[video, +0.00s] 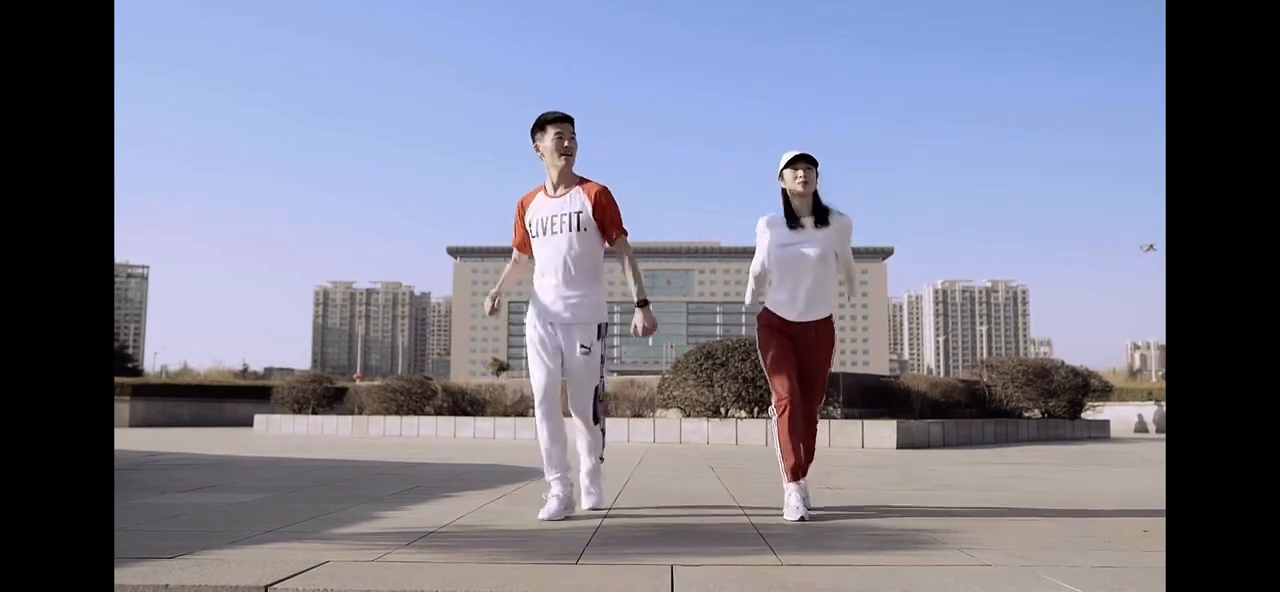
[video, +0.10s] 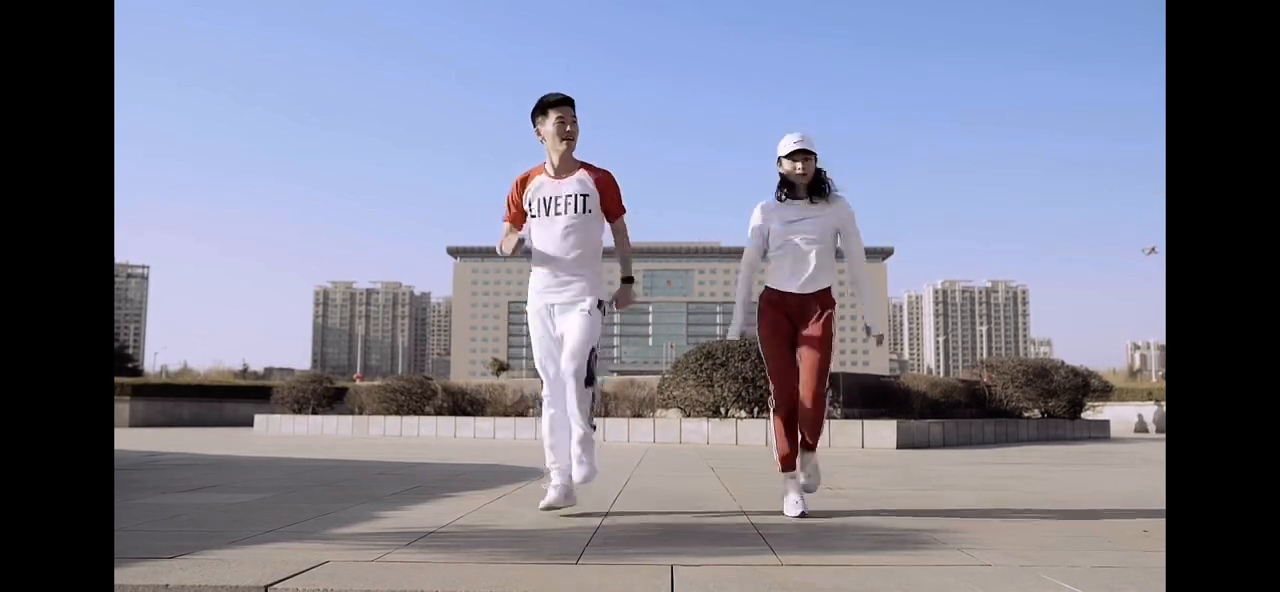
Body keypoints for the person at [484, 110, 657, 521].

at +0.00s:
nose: (567, 141)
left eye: (570, 136)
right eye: (557, 136)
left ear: (576, 145)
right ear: (538, 147)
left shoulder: (596, 194)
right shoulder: (528, 203)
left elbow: (624, 251)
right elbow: (521, 259)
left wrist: (642, 304)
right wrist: (498, 289)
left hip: (586, 318)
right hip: (541, 317)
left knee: (585, 407)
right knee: (544, 404)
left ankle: (591, 482)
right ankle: (558, 490)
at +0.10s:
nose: (568, 126)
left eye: (572, 120)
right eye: (559, 121)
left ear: (578, 129)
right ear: (540, 130)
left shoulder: (599, 179)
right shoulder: (524, 184)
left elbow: (620, 231)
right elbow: (507, 243)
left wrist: (627, 281)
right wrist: (515, 237)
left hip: (585, 295)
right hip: (542, 298)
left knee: (574, 369)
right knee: (553, 387)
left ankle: (583, 443)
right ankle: (559, 481)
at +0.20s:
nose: (574, 136)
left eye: (576, 130)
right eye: (564, 130)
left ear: (582, 139)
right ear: (544, 140)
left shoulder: (600, 190)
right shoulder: (524, 193)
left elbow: (609, 227)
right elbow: (482, 245)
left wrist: (621, 267)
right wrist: (508, 214)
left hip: (589, 291)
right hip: (545, 295)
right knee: (551, 397)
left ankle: (571, 398)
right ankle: (562, 484)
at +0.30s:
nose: (574, 135)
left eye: (576, 128)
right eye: (565, 129)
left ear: (580, 137)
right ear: (543, 139)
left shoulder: (598, 188)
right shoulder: (521, 191)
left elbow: (607, 228)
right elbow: (478, 240)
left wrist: (623, 266)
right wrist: (504, 215)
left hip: (589, 290)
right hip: (544, 295)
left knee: (572, 289)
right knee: (551, 392)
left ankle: (575, 390)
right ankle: (565, 478)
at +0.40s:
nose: (562, 114)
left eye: (565, 108)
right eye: (552, 110)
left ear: (571, 118)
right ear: (532, 120)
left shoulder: (592, 171)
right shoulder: (514, 177)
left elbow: (611, 222)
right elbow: (494, 229)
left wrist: (618, 259)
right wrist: (489, 264)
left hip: (586, 292)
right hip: (539, 296)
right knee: (542, 386)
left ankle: (608, 441)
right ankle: (563, 475)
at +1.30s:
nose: (584, 122)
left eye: (592, 115)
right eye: (576, 115)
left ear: (603, 120)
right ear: (563, 120)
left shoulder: (622, 170)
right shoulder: (544, 170)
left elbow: (647, 216)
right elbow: (515, 211)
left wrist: (646, 235)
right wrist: (500, 244)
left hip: (601, 291)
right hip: (556, 290)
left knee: (600, 385)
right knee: (544, 378)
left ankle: (602, 482)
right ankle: (547, 463)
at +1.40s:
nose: (585, 132)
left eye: (592, 125)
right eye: (577, 125)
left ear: (603, 131)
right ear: (564, 131)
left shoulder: (624, 176)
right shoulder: (547, 177)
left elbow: (669, 196)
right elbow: (508, 186)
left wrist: (665, 203)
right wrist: (484, 202)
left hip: (605, 304)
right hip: (558, 301)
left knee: (611, 400)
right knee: (536, 366)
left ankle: (628, 489)